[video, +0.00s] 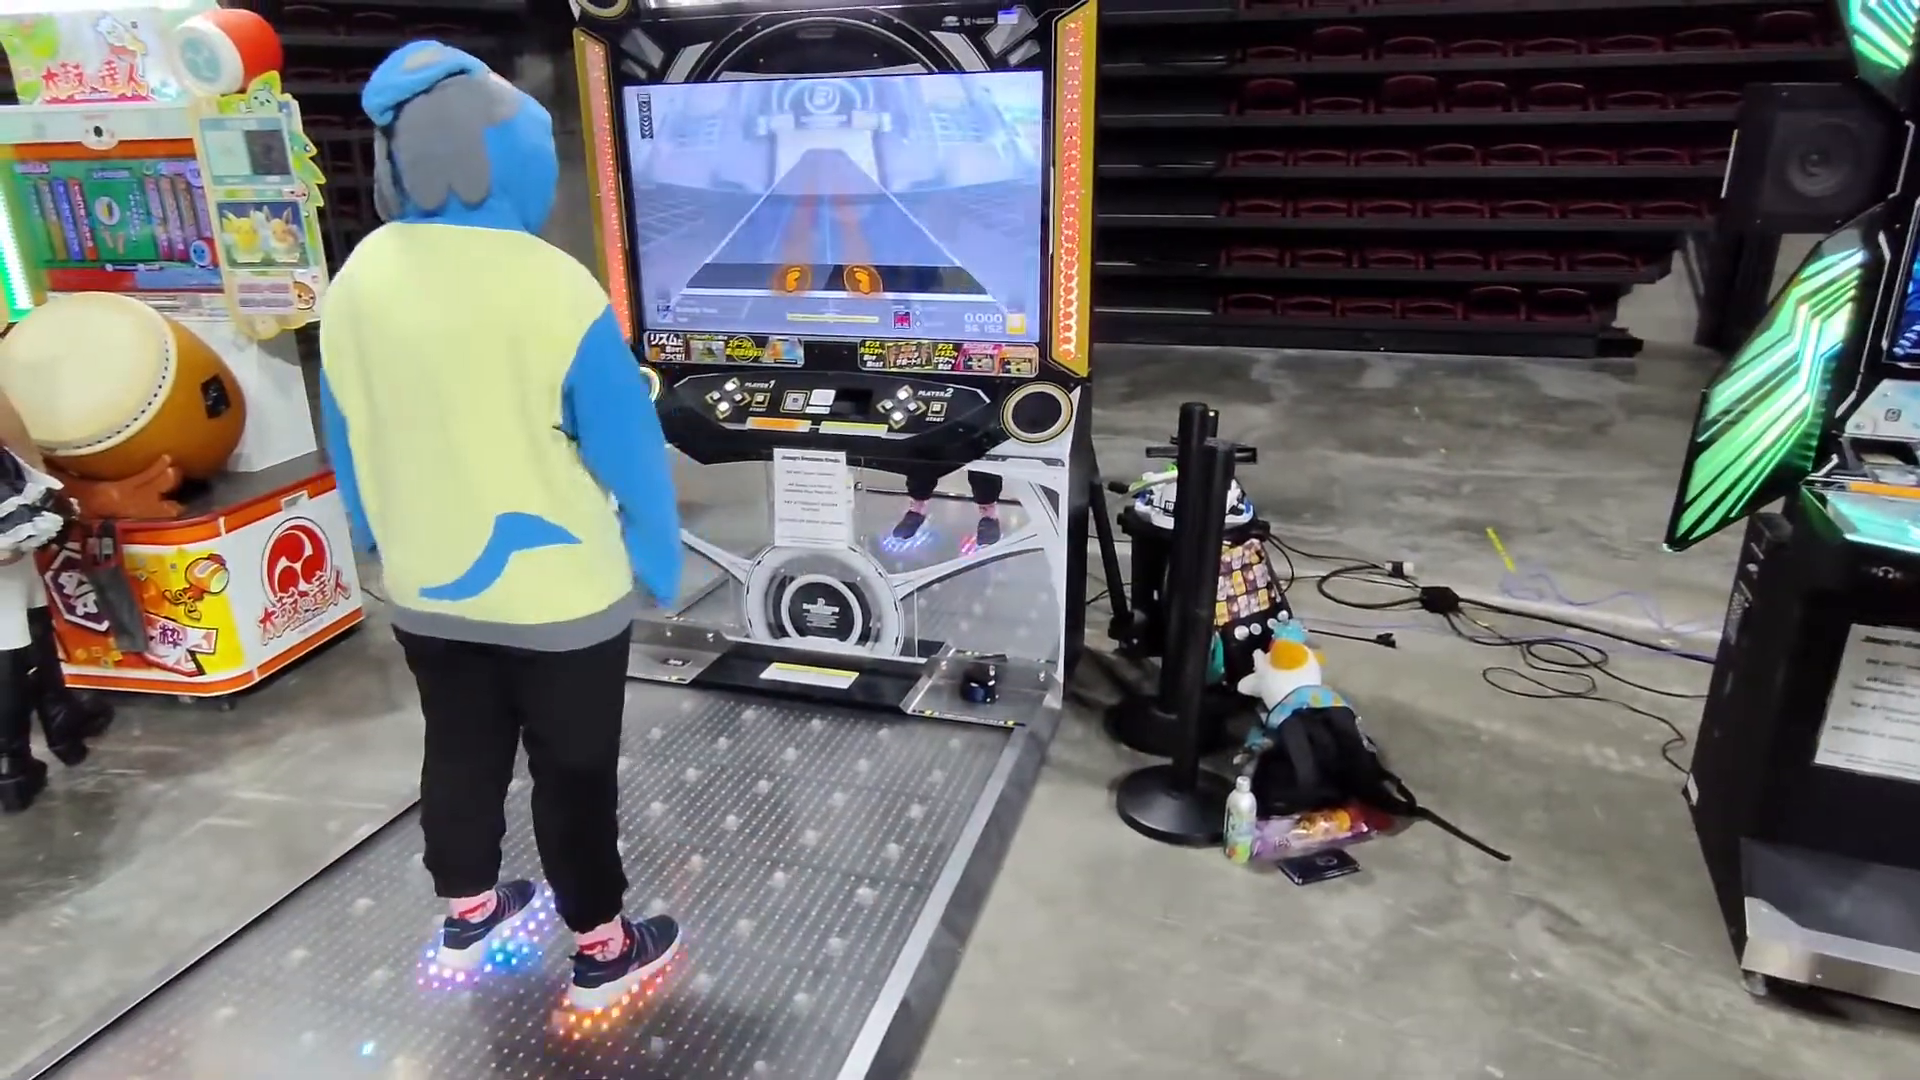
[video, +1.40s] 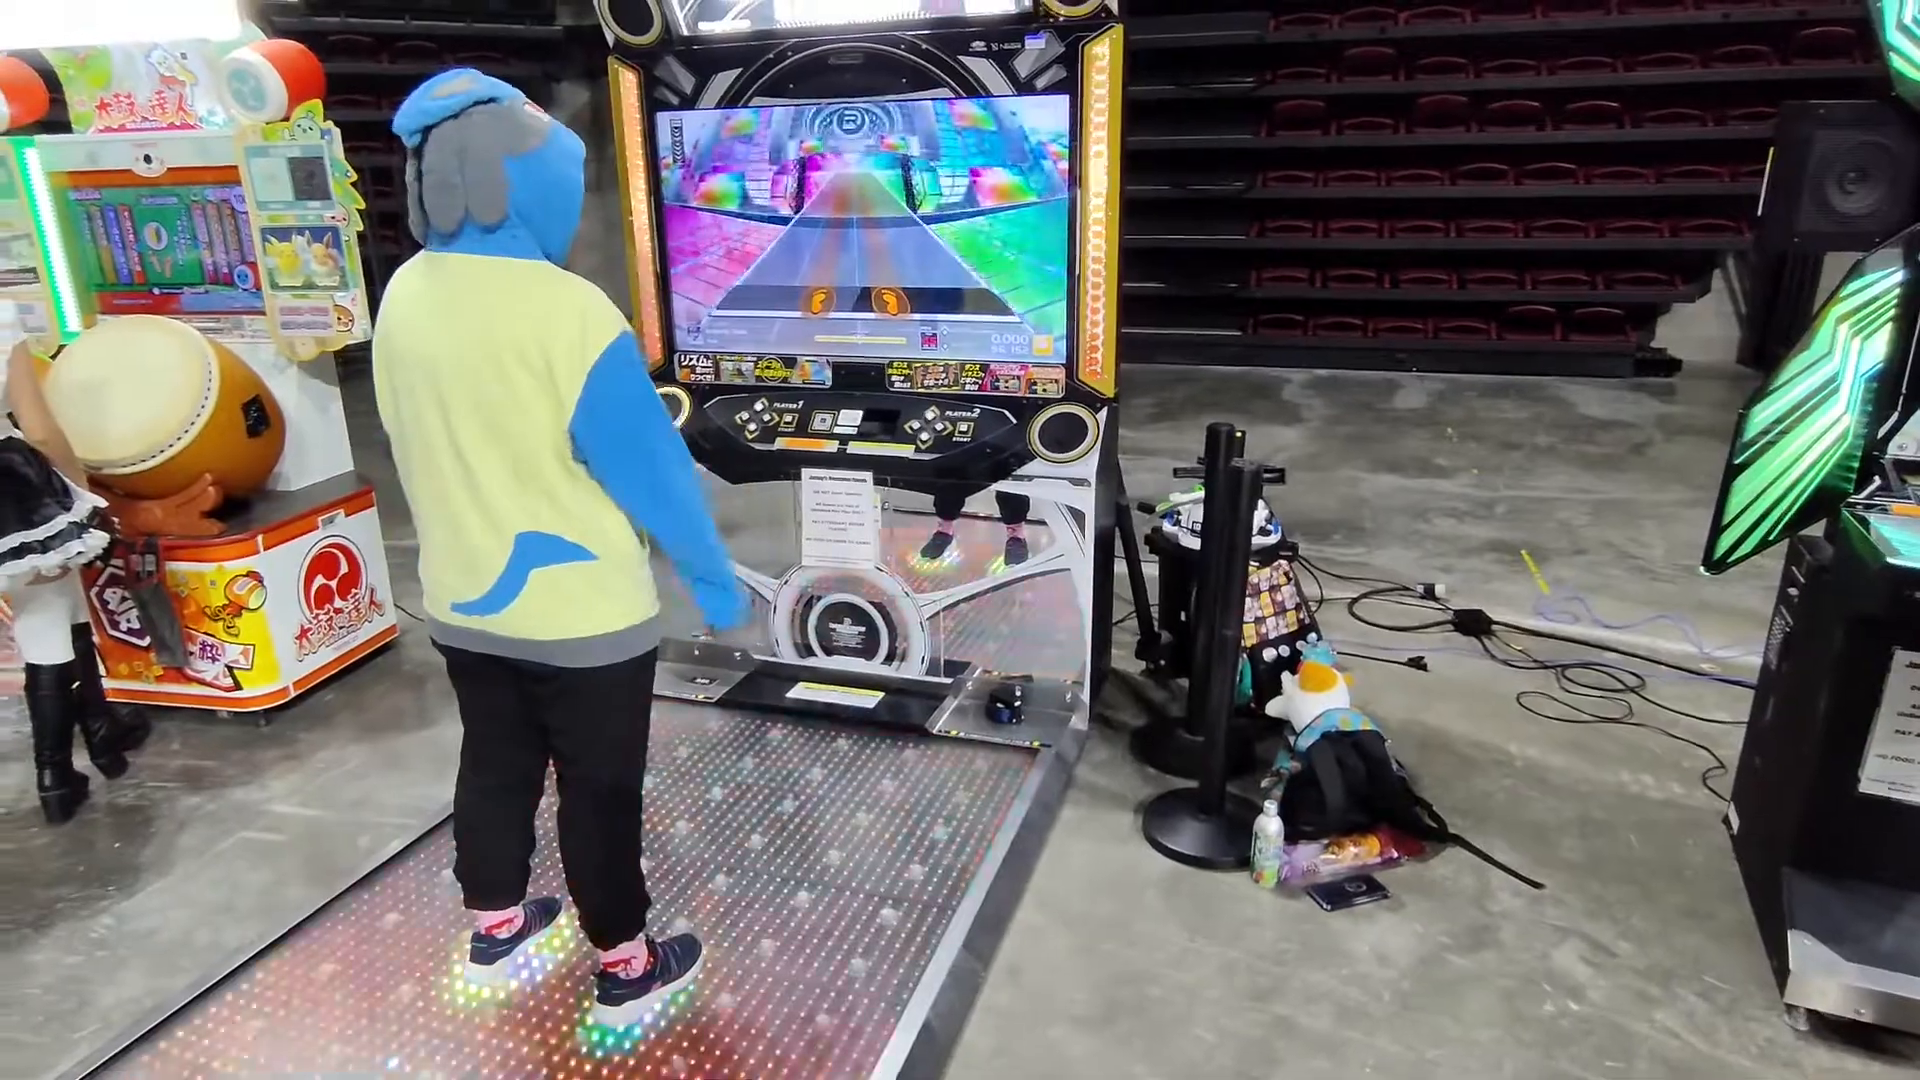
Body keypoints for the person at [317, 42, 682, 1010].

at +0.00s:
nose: (540, 166)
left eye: (528, 147)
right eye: (528, 150)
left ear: (406, 168)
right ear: (512, 162)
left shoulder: (359, 277)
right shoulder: (552, 285)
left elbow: (344, 427)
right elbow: (630, 443)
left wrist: (376, 534)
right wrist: (658, 558)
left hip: (427, 591)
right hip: (562, 596)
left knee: (459, 749)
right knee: (574, 772)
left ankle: (467, 910)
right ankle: (600, 942)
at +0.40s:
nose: (531, 167)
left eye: (521, 149)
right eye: (518, 151)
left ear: (401, 177)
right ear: (496, 167)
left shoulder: (362, 274)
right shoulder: (552, 294)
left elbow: (356, 423)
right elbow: (667, 407)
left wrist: (371, 464)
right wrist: (755, 479)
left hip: (429, 594)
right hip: (558, 601)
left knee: (461, 753)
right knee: (573, 773)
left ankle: (469, 911)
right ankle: (602, 943)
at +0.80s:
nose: (552, 179)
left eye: (545, 160)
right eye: (539, 160)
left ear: (422, 179)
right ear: (501, 173)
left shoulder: (381, 284)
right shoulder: (557, 299)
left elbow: (362, 433)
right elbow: (668, 434)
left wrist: (397, 520)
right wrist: (766, 537)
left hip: (446, 600)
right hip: (572, 608)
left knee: (475, 761)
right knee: (585, 778)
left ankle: (482, 917)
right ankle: (611, 949)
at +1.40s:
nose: (569, 191)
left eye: (564, 173)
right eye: (554, 174)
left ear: (449, 187)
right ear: (513, 184)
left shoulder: (406, 295)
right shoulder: (570, 314)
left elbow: (424, 442)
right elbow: (654, 470)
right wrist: (716, 581)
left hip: (466, 607)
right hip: (589, 615)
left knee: (496, 759)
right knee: (603, 784)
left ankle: (495, 919)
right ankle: (622, 957)